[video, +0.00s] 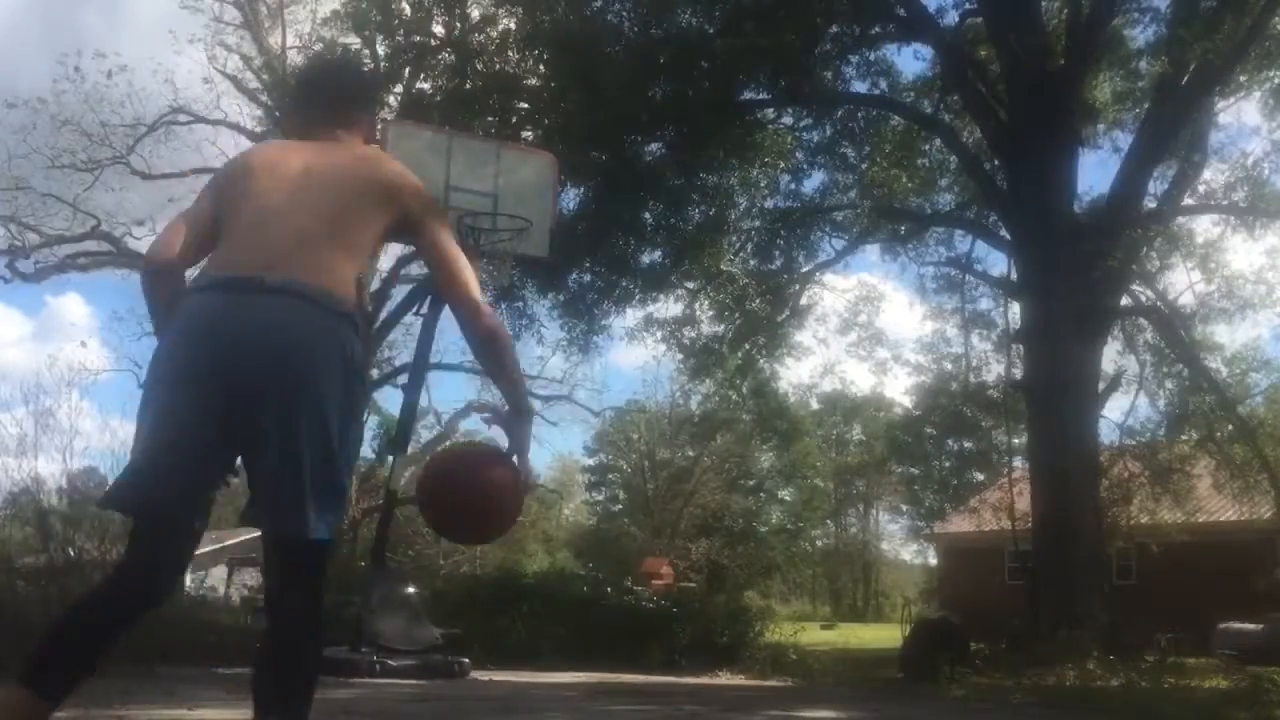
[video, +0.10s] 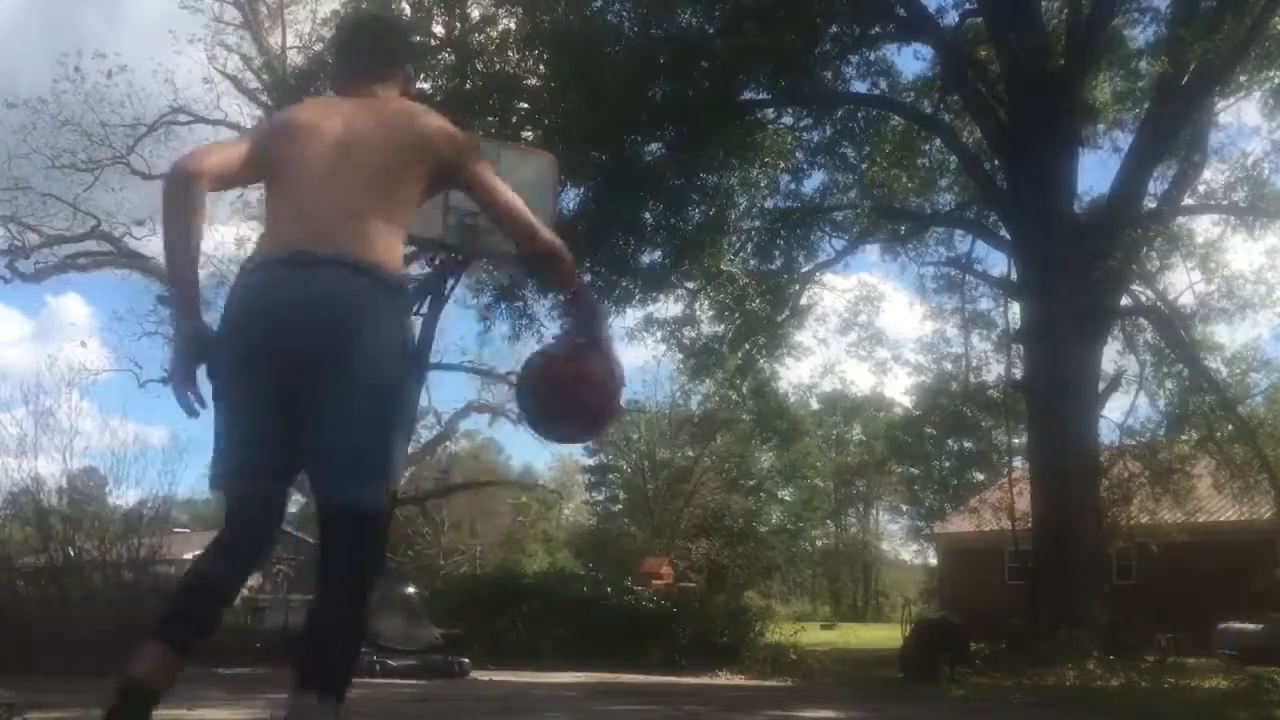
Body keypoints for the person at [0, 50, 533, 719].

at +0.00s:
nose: (379, 140)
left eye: (377, 130)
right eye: (378, 128)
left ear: (294, 118)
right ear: (365, 125)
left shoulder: (246, 164)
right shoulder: (389, 176)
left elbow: (161, 261)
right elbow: (479, 316)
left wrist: (181, 349)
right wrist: (519, 411)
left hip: (205, 324)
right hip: (310, 339)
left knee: (150, 564)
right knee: (296, 583)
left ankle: (27, 697)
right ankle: (280, 715)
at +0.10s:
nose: (408, 88)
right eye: (410, 79)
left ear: (335, 72)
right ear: (403, 76)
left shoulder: (288, 124)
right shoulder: (428, 128)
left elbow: (186, 172)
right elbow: (538, 241)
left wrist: (187, 319)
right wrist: (584, 316)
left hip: (262, 303)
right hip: (361, 311)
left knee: (246, 528)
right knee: (351, 545)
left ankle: (140, 685)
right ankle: (314, 706)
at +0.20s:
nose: (439, 55)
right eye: (439, 43)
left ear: (367, 46)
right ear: (434, 46)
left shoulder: (314, 105)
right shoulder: (463, 102)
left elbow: (223, 163)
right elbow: (547, 208)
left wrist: (215, 315)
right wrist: (615, 281)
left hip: (313, 285)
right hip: (414, 287)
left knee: (293, 498)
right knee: (435, 503)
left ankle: (222, 687)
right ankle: (402, 694)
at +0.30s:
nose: (440, 79)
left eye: (401, 66)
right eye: (460, 68)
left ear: (396, 63)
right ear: (467, 65)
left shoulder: (351, 128)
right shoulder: (510, 126)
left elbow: (292, 241)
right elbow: (525, 243)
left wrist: (278, 376)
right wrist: (569, 374)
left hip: (354, 317)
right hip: (459, 316)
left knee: (327, 519)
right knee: (515, 532)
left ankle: (266, 705)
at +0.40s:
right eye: (489, 109)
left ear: (417, 102)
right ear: (488, 106)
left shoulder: (372, 172)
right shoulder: (530, 166)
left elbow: (341, 310)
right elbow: (524, 295)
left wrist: (330, 449)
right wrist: (522, 391)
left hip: (383, 352)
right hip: (488, 352)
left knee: (348, 550)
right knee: (568, 552)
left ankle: (302, 709)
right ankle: (618, 708)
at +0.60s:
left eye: (375, 141)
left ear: (376, 144)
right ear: (441, 142)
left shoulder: (339, 215)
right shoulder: (489, 209)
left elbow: (330, 322)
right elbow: (503, 325)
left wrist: (305, 442)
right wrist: (498, 400)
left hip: (377, 400)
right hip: (474, 393)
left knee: (395, 568)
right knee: (531, 575)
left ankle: (387, 708)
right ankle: (580, 708)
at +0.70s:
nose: (341, 115)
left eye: (341, 104)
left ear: (342, 106)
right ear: (406, 106)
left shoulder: (312, 164)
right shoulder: (454, 172)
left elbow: (312, 234)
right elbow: (481, 287)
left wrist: (256, 344)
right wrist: (492, 386)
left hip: (352, 354)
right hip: (443, 353)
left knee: (373, 545)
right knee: (458, 540)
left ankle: (379, 704)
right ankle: (462, 700)